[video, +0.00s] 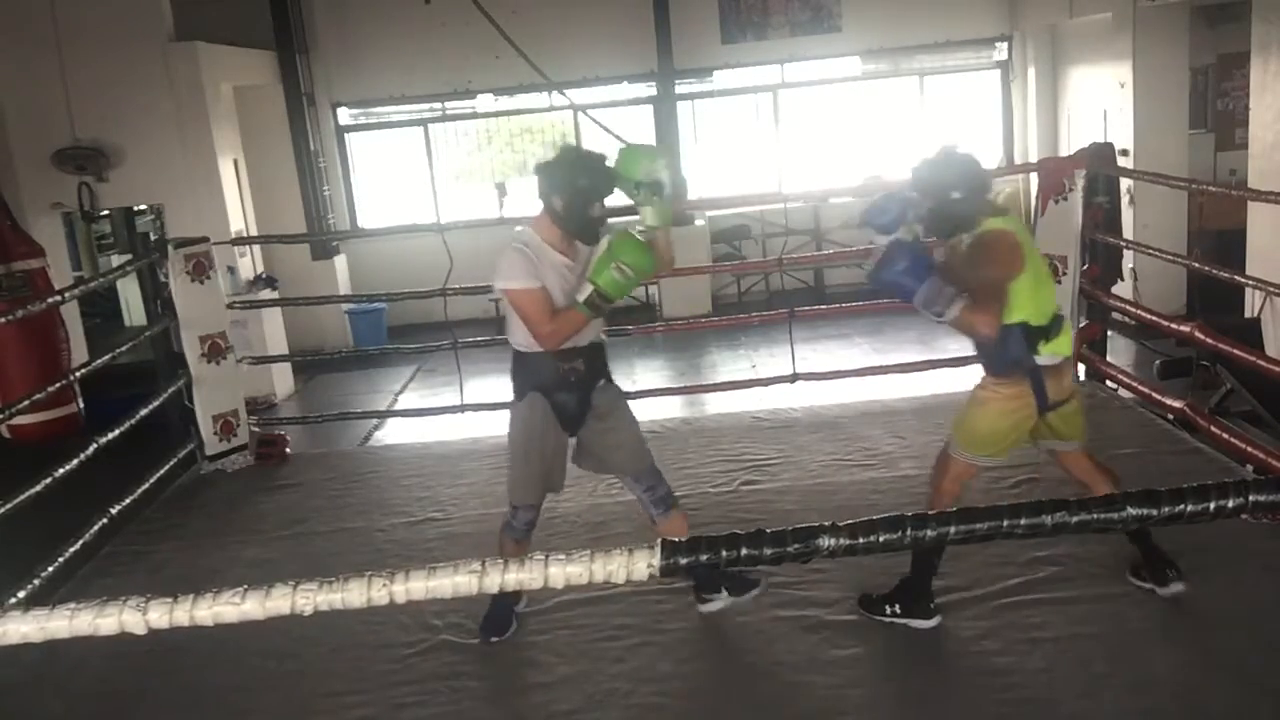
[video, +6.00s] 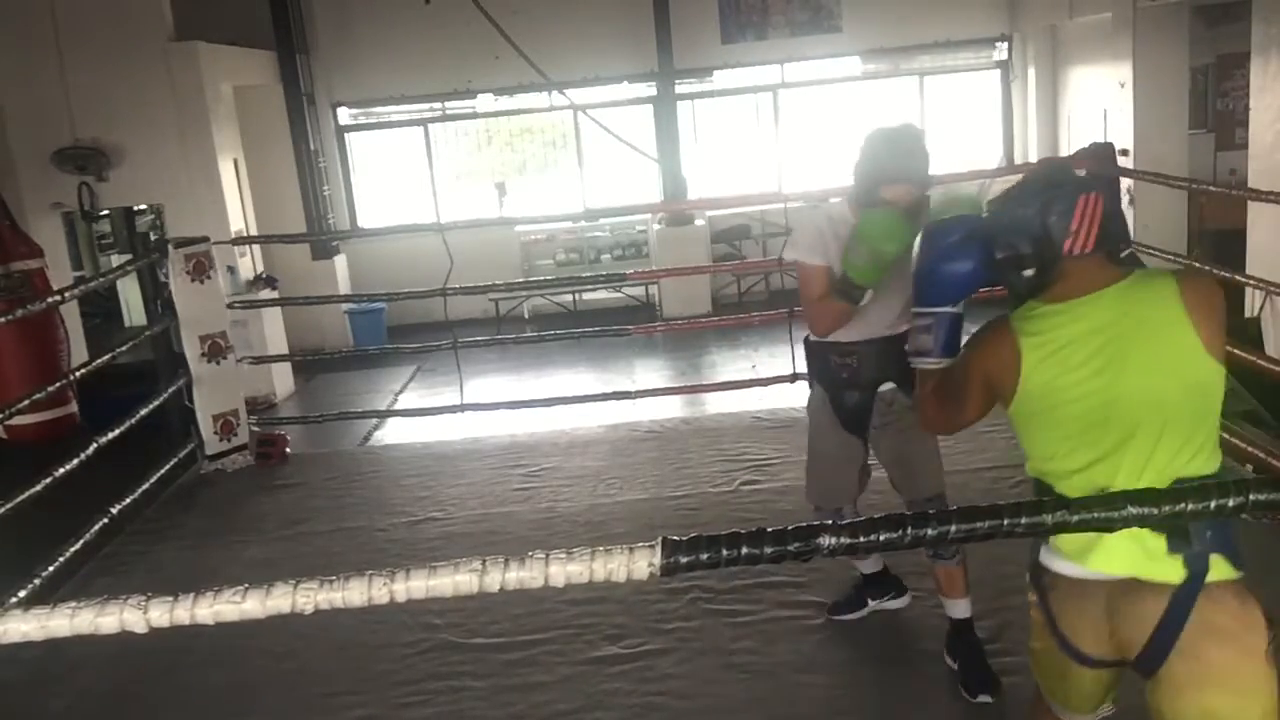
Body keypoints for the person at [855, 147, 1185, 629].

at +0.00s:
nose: (924, 216)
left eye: (927, 206)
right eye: (922, 207)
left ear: (948, 205)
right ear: (977, 193)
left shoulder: (991, 243)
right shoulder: (1006, 229)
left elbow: (989, 326)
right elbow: (964, 274)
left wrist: (931, 296)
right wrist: (922, 256)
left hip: (1011, 383)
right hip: (1059, 372)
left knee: (948, 479)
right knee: (1080, 462)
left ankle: (916, 592)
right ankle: (1155, 558)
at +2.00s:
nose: (1067, 205)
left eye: (1069, 196)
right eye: (1065, 196)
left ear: (1088, 193)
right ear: (1119, 180)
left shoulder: (1121, 237)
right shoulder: (1166, 210)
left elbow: (1081, 303)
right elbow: (1083, 244)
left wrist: (1032, 247)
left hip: (1145, 385)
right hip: (1205, 373)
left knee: (1066, 471)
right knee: (1214, 458)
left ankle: (1040, 588)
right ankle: (1268, 560)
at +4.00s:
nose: (1237, 180)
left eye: (1241, 167)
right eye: (1240, 164)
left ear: (1263, 171)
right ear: (1270, 169)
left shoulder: (1272, 233)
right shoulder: (1267, 227)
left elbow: (1226, 309)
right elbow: (1244, 297)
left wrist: (1168, 249)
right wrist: (1219, 224)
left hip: (1265, 415)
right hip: (1265, 410)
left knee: (1175, 504)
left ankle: (1138, 650)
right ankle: (1140, 648)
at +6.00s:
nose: (1005, 261)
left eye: (1009, 246)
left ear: (1026, 249)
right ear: (1105, 227)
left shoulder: (1006, 344)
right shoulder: (1199, 295)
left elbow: (936, 412)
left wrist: (935, 309)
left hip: (1071, 601)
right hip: (1200, 602)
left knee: (1064, 709)